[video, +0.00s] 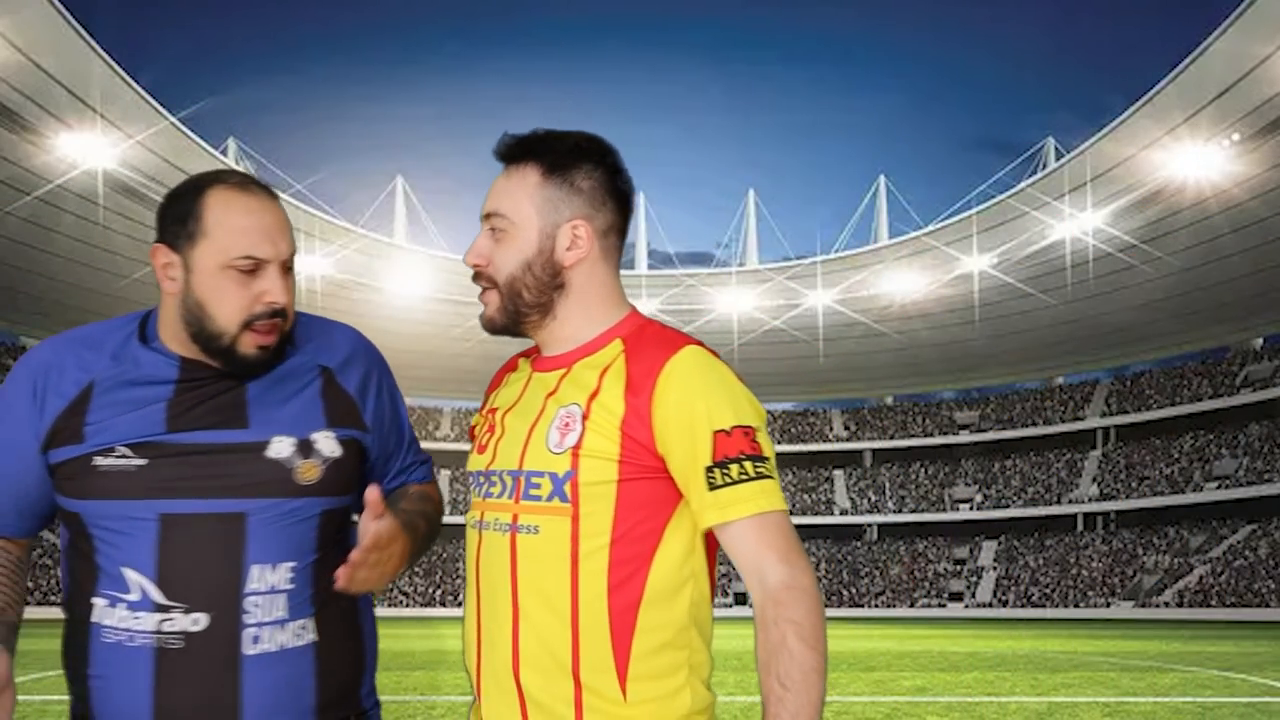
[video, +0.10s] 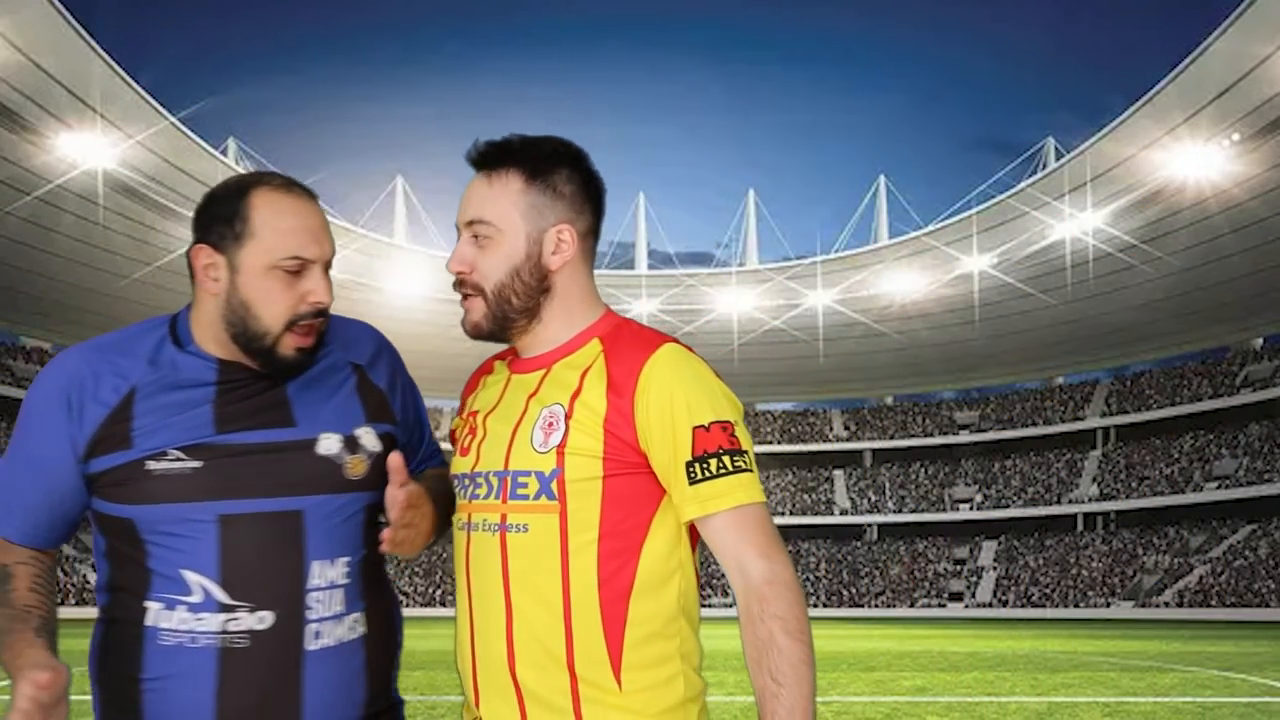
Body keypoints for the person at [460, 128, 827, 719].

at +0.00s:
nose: (472, 257)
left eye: (498, 230)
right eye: (482, 231)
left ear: (573, 243)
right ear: (573, 245)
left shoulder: (681, 376)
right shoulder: (506, 382)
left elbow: (784, 586)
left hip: (637, 704)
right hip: (500, 703)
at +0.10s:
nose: (454, 263)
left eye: (481, 236)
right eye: (461, 239)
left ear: (557, 246)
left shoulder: (660, 375)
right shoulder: (481, 386)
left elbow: (764, 580)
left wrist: (787, 712)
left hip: (630, 705)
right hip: (492, 704)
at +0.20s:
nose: (451, 267)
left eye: (478, 239)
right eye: (447, 242)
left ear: (552, 248)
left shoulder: (646, 371)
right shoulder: (451, 387)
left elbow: (752, 564)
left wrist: (793, 713)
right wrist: (424, 522)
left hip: (631, 703)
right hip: (488, 705)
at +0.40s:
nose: (524, 271)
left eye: (539, 240)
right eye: (492, 251)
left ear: (567, 239)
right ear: (458, 268)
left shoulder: (649, 366)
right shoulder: (438, 385)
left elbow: (749, 546)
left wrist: (803, 708)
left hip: (651, 701)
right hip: (502, 706)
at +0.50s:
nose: (558, 273)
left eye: (572, 242)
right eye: (524, 252)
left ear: (594, 240)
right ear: (485, 266)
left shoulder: (666, 365)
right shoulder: (454, 382)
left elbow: (764, 544)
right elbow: (470, 564)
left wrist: (812, 705)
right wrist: (484, 702)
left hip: (664, 699)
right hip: (518, 706)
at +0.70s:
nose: (538, 258)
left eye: (572, 244)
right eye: (542, 231)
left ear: (637, 269)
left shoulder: (712, 375)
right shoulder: (515, 375)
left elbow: (812, 563)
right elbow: (514, 545)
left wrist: (843, 711)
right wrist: (486, 692)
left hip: (691, 703)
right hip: (550, 706)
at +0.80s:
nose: (560, 255)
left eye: (592, 238)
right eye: (572, 232)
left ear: (663, 266)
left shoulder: (745, 382)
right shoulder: (554, 377)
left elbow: (843, 576)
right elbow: (546, 552)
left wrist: (856, 714)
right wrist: (518, 696)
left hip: (712, 705)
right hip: (571, 707)